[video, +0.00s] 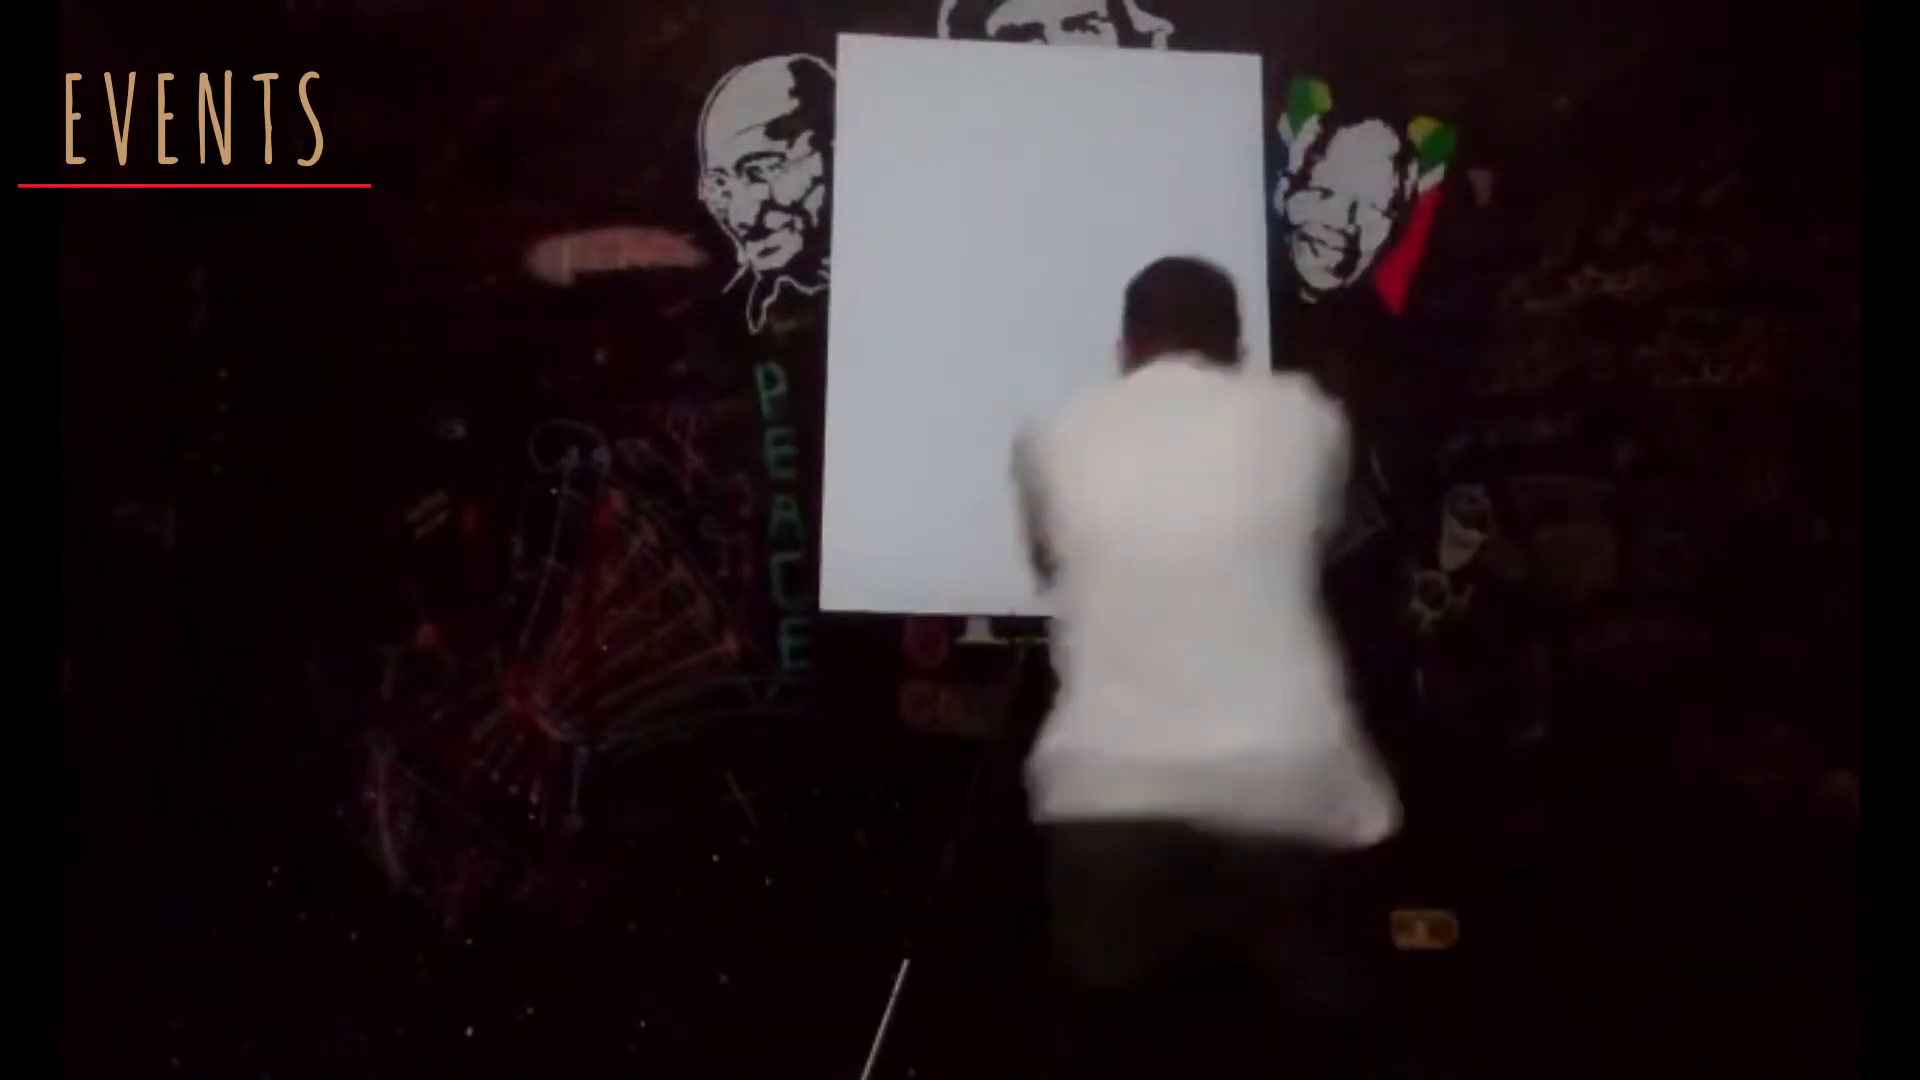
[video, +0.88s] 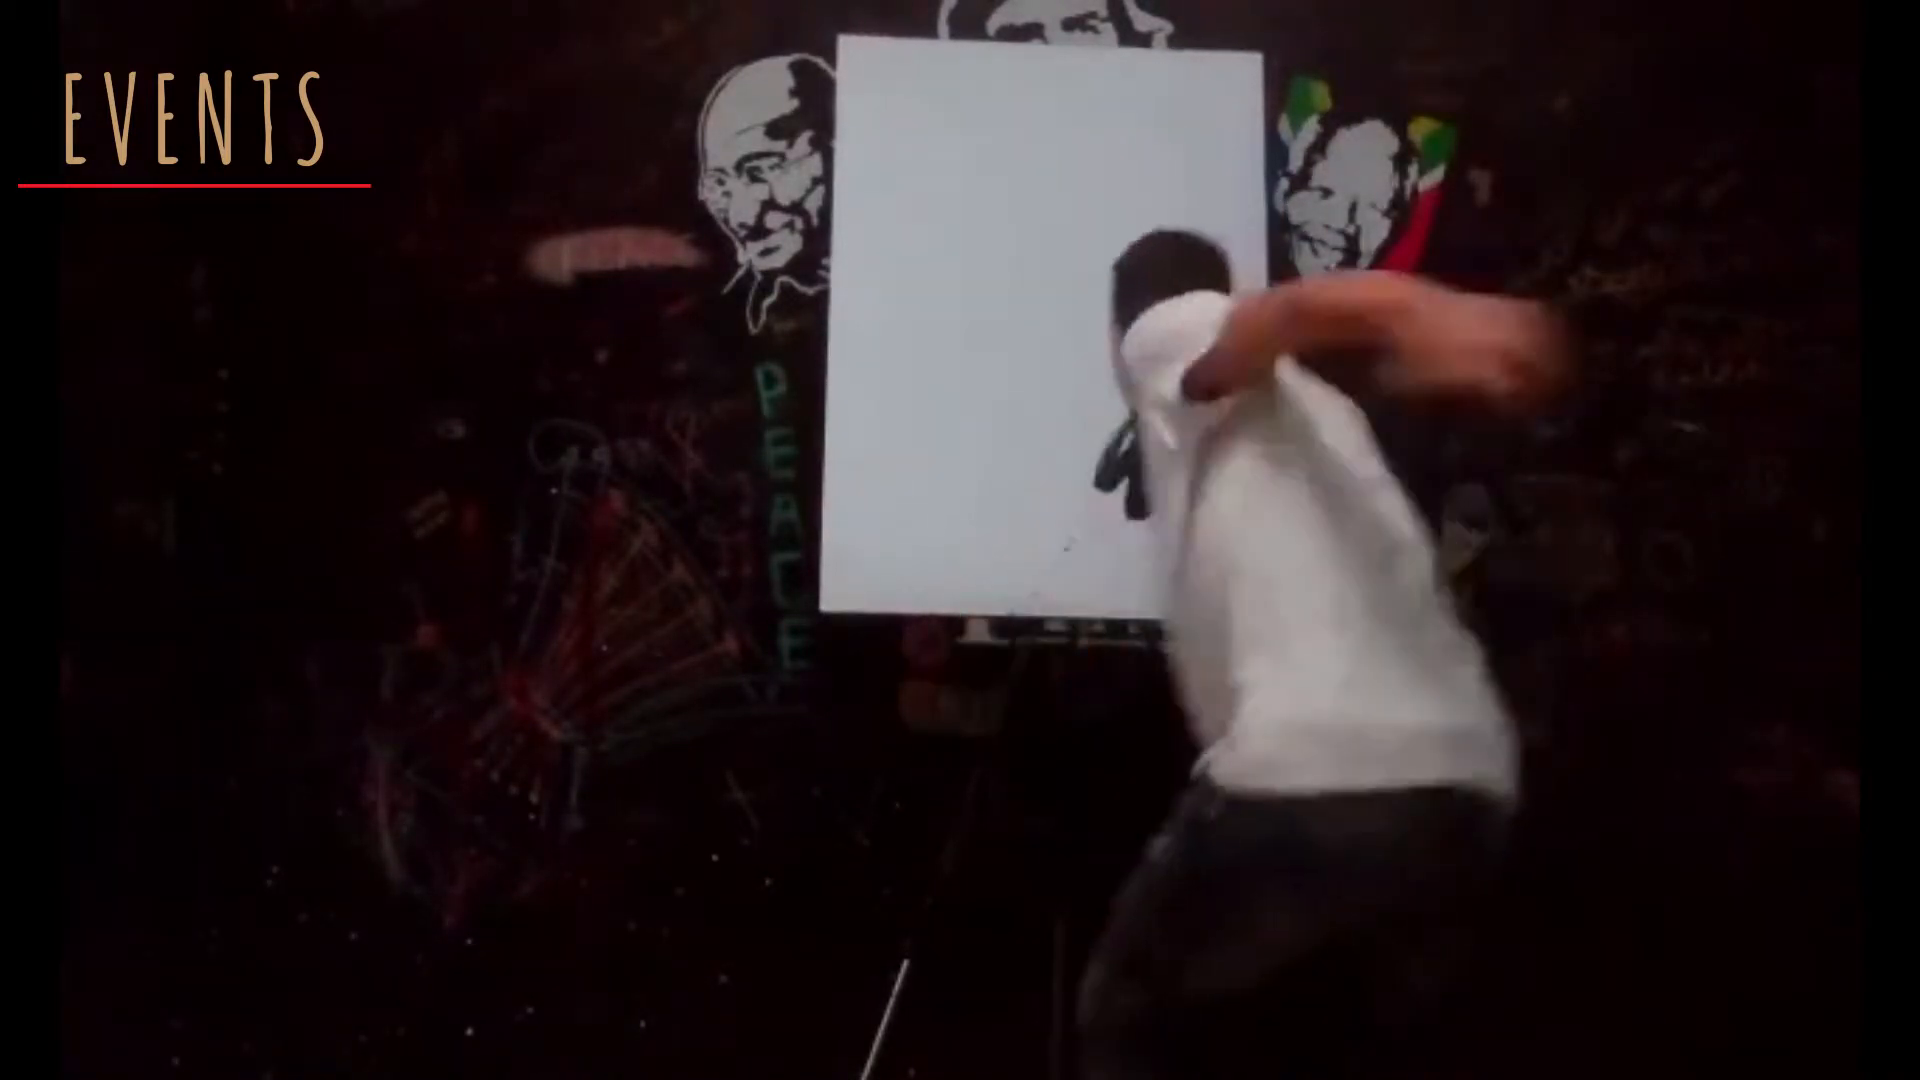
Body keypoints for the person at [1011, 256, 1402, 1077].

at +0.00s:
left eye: (1127, 338)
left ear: (1127, 343)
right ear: (1237, 342)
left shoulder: (1059, 436)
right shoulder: (1310, 420)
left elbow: (1050, 563)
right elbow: (1330, 544)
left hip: (1107, 815)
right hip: (1296, 816)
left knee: (1110, 1055)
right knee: (1312, 1053)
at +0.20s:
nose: (1154, 307)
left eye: (1158, 295)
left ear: (1163, 294)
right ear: (1274, 290)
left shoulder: (1130, 353)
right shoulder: (1363, 365)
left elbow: (1073, 503)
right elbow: (1396, 515)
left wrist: (1144, 416)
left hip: (1219, 710)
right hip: (1410, 710)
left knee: (1114, 973)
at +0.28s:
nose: (1180, 298)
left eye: (1180, 285)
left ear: (1184, 282)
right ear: (1293, 279)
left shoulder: (1149, 341)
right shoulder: (1395, 358)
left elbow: (1104, 534)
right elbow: (1408, 505)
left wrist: (1172, 482)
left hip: (1271, 704)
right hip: (1467, 700)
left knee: (1214, 1002)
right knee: (1442, 1004)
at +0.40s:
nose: (1184, 294)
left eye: (1185, 283)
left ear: (1193, 278)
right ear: (1304, 277)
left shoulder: (1167, 333)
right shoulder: (1407, 359)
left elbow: (1106, 550)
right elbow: (1424, 520)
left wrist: (1120, 583)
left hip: (1291, 696)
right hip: (1480, 705)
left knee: (1282, 1014)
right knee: (1445, 1007)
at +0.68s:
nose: (1157, 313)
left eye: (1162, 299)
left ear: (1173, 286)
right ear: (1278, 279)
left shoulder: (1200, 313)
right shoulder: (1364, 367)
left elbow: (1127, 487)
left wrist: (1017, 645)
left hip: (1341, 742)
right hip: (1504, 745)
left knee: (1195, 1015)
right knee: (1396, 1029)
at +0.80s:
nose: (1149, 331)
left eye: (1149, 314)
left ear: (1155, 297)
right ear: (1260, 291)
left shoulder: (1194, 315)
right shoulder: (1351, 382)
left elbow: (1225, 416)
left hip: (1338, 745)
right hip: (1493, 753)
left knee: (1162, 983)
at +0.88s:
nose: (1110, 353)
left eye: (1114, 333)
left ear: (1127, 320)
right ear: (1227, 290)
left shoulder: (1163, 343)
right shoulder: (1317, 401)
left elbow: (1285, 312)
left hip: (1310, 780)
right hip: (1461, 780)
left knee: (1128, 1016)